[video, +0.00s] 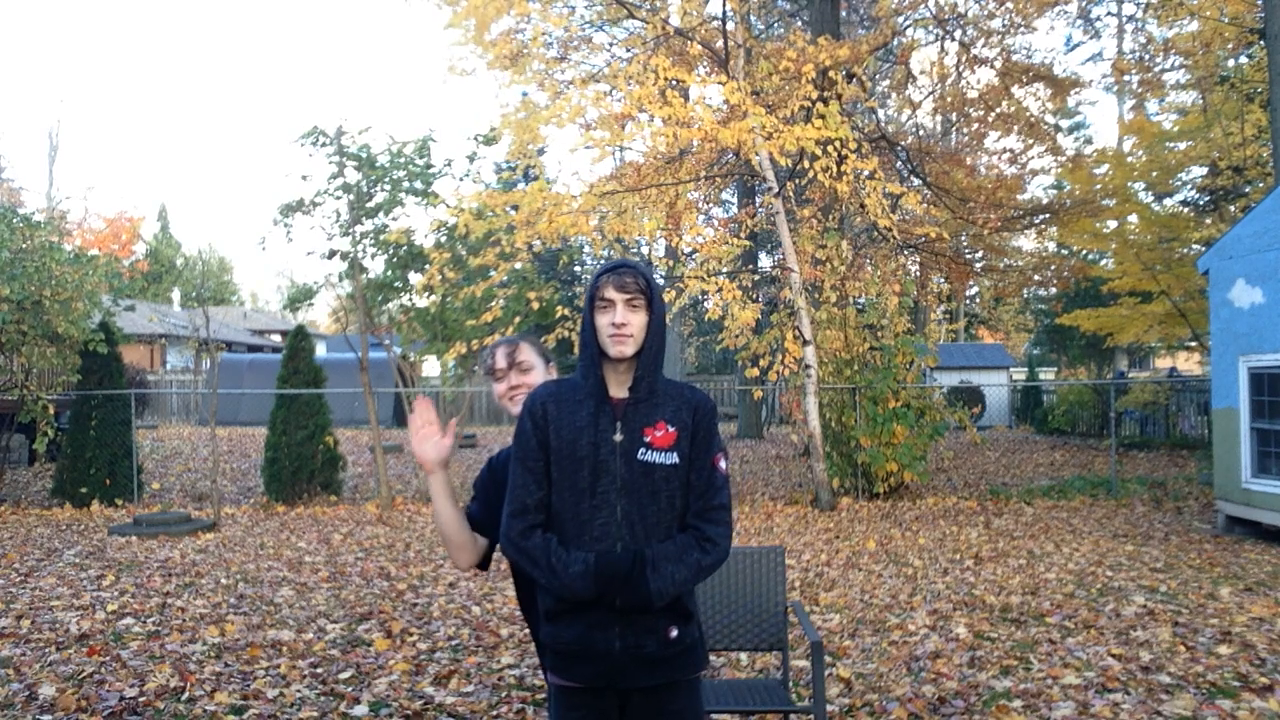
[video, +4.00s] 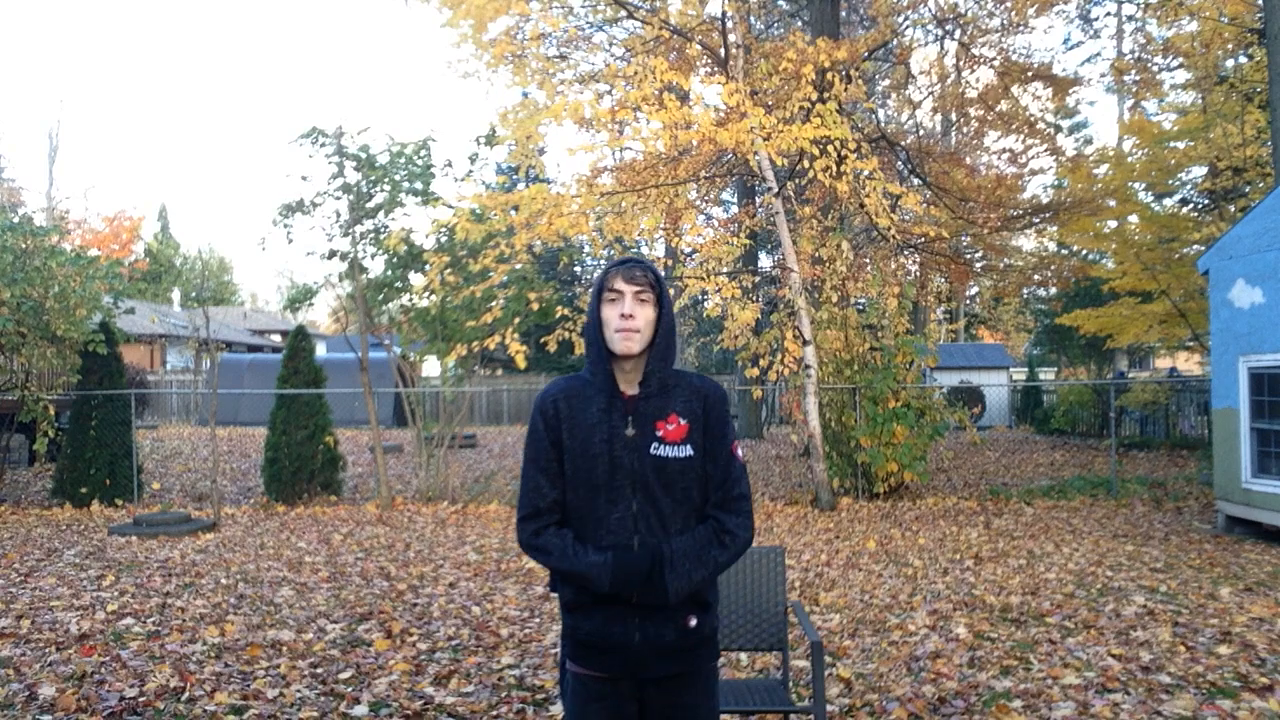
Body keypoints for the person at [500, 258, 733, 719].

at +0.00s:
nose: (618, 319)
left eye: (633, 306)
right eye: (605, 306)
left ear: (653, 318)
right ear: (590, 319)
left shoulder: (691, 408)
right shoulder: (545, 406)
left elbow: (713, 531)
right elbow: (518, 530)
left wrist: (646, 574)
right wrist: (588, 575)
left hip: (667, 655)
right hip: (575, 660)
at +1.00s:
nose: (619, 320)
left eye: (634, 307)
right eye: (606, 307)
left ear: (655, 320)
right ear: (591, 319)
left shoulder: (691, 409)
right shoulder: (546, 405)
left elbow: (705, 535)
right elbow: (521, 531)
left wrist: (636, 581)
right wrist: (585, 581)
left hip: (662, 655)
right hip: (572, 659)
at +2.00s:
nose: (632, 320)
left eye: (645, 307)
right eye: (618, 308)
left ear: (667, 319)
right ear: (603, 321)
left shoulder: (702, 411)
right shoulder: (559, 404)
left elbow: (715, 539)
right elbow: (526, 525)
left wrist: (645, 579)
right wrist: (592, 579)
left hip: (668, 654)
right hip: (578, 654)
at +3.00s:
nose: (612, 325)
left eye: (627, 313)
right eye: (599, 310)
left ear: (642, 329)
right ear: (578, 322)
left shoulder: (683, 400)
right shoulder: (541, 416)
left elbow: (718, 518)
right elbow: (534, 543)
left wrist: (658, 576)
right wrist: (602, 587)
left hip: (682, 649)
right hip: (593, 654)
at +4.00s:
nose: (626, 311)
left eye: (642, 299)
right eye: (613, 298)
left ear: (661, 316)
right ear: (596, 312)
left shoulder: (703, 399)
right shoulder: (559, 403)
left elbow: (735, 520)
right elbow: (534, 527)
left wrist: (669, 566)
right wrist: (608, 570)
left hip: (684, 645)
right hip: (594, 648)